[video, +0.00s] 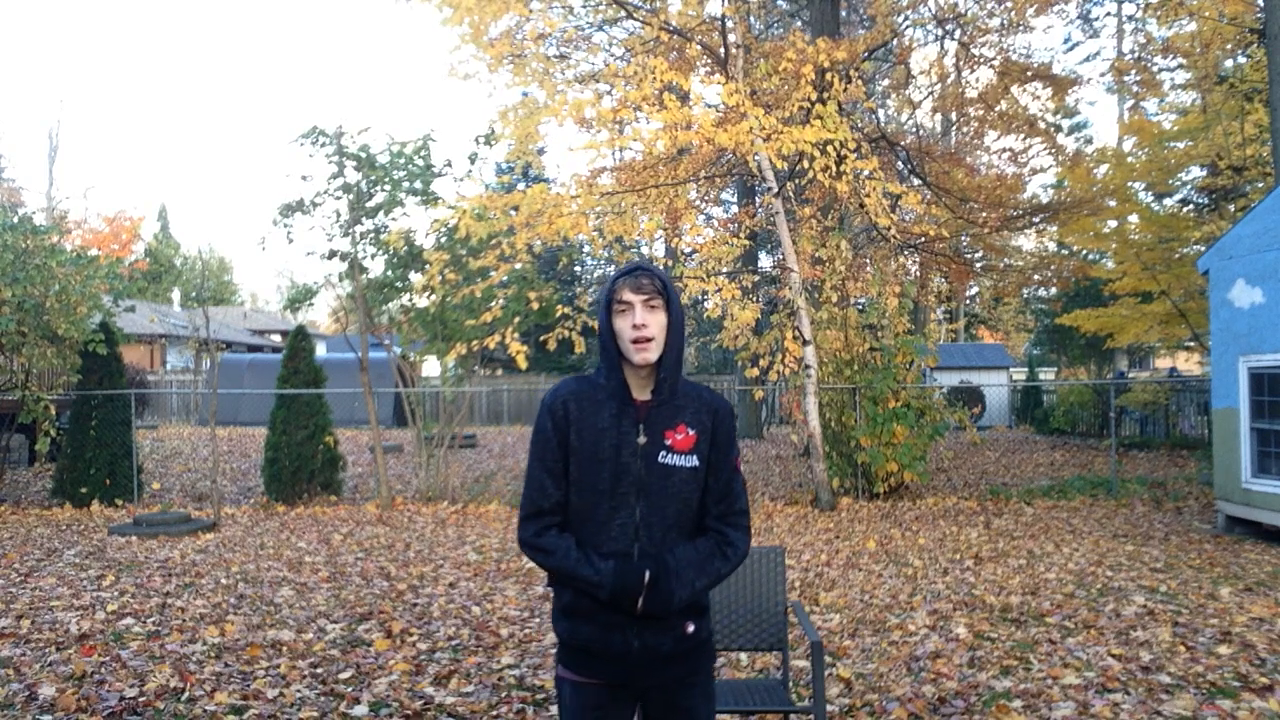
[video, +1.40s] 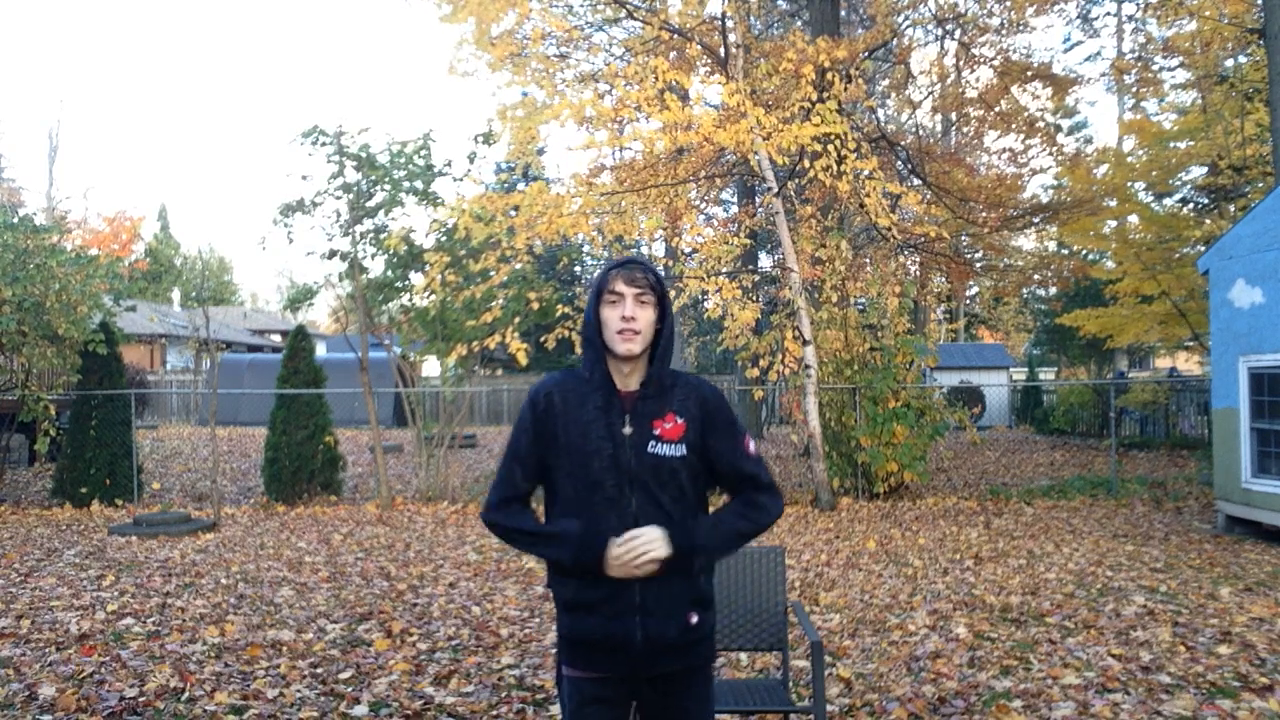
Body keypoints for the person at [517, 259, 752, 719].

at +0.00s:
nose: (639, 322)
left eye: (652, 307)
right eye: (623, 309)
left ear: (672, 319)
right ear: (608, 323)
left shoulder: (709, 411)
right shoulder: (566, 405)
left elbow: (732, 531)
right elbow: (536, 528)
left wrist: (667, 579)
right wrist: (611, 578)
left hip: (681, 651)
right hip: (590, 651)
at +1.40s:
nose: (627, 313)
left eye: (642, 301)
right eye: (614, 300)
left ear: (660, 317)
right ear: (595, 314)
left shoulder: (697, 400)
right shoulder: (553, 401)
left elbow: (762, 498)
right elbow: (501, 509)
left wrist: (680, 538)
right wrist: (593, 553)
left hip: (681, 645)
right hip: (590, 649)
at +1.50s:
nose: (620, 313)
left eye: (634, 300)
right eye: (606, 300)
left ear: (652, 317)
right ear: (586, 315)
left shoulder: (690, 391)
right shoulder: (547, 392)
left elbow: (783, 468)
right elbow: (481, 486)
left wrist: (756, 555)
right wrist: (521, 572)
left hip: (673, 638)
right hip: (582, 641)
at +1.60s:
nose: (617, 322)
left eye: (631, 310)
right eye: (603, 309)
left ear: (649, 325)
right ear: (582, 321)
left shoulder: (684, 402)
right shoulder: (537, 408)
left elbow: (761, 503)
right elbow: (483, 521)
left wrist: (851, 595)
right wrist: (437, 637)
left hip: (665, 650)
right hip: (573, 653)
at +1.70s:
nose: (612, 321)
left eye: (626, 309)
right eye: (598, 308)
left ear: (645, 323)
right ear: (577, 321)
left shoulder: (678, 402)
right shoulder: (540, 408)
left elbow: (725, 526)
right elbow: (511, 544)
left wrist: (824, 580)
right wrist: (437, 635)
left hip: (659, 648)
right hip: (566, 652)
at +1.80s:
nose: (609, 316)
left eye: (623, 305)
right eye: (595, 304)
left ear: (642, 319)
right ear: (576, 319)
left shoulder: (678, 402)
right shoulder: (539, 408)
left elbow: (696, 530)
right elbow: (532, 541)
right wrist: (477, 628)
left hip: (658, 645)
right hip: (570, 647)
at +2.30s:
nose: (627, 314)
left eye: (639, 299)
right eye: (613, 308)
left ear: (668, 307)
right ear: (604, 328)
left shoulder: (719, 405)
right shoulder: (577, 407)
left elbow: (720, 527)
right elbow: (562, 536)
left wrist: (761, 577)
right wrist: (532, 609)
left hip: (688, 647)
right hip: (597, 649)